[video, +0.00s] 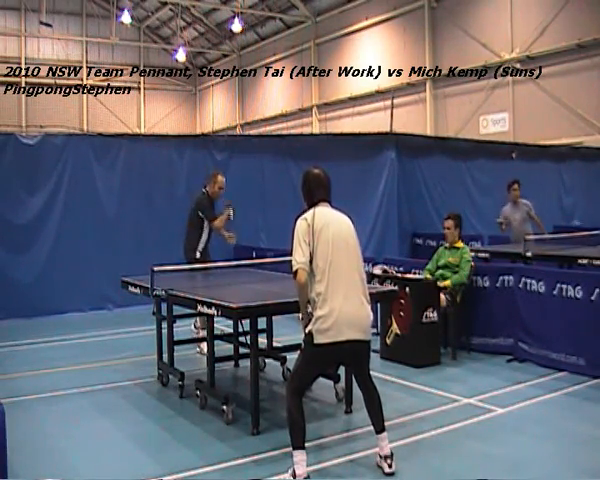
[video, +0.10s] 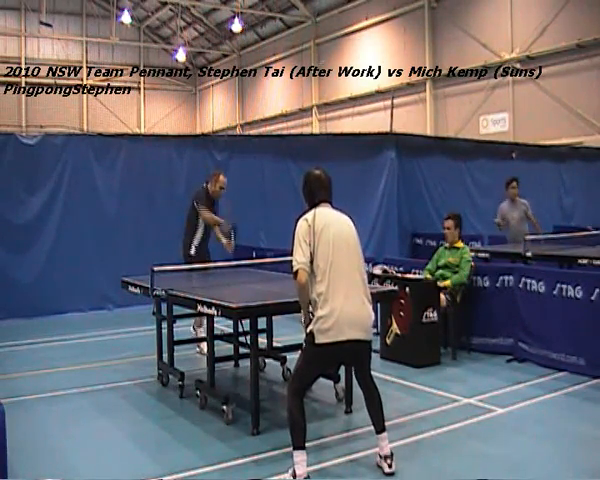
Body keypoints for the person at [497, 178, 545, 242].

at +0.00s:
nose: (517, 193)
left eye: (518, 190)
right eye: (514, 190)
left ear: (520, 192)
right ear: (509, 193)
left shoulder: (526, 205)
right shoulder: (505, 210)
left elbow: (535, 219)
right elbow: (503, 229)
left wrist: (543, 231)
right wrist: (502, 224)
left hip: (528, 237)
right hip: (515, 239)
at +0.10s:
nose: (515, 191)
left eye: (516, 188)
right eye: (512, 188)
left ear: (518, 190)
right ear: (507, 190)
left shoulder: (524, 204)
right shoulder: (503, 206)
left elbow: (531, 218)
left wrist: (539, 231)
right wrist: (500, 223)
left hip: (524, 237)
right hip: (511, 238)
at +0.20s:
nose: (510, 189)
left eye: (512, 186)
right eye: (508, 186)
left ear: (514, 188)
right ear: (503, 188)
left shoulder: (519, 203)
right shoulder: (498, 204)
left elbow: (525, 217)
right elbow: (492, 221)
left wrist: (530, 230)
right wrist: (499, 228)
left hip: (518, 235)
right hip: (504, 236)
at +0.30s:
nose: (506, 187)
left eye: (507, 184)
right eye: (503, 184)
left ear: (509, 186)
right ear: (497, 187)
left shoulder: (513, 202)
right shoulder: (492, 204)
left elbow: (518, 217)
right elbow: (484, 220)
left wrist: (523, 233)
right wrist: (488, 228)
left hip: (512, 239)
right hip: (497, 239)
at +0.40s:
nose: (502, 187)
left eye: (503, 184)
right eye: (499, 184)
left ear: (505, 186)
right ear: (494, 186)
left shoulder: (507, 201)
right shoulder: (487, 202)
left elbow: (512, 218)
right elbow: (479, 219)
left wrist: (518, 233)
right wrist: (485, 232)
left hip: (505, 238)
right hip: (491, 239)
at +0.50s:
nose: (497, 187)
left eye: (498, 184)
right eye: (494, 184)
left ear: (499, 186)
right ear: (488, 186)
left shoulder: (500, 202)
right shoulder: (480, 202)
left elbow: (505, 219)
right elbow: (472, 219)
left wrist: (511, 237)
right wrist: (478, 232)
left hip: (497, 237)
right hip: (484, 238)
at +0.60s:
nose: (493, 188)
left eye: (494, 185)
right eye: (491, 185)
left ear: (496, 187)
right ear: (485, 187)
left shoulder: (497, 202)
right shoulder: (477, 202)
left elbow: (501, 220)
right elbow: (469, 220)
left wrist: (506, 237)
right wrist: (476, 234)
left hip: (494, 238)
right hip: (481, 238)